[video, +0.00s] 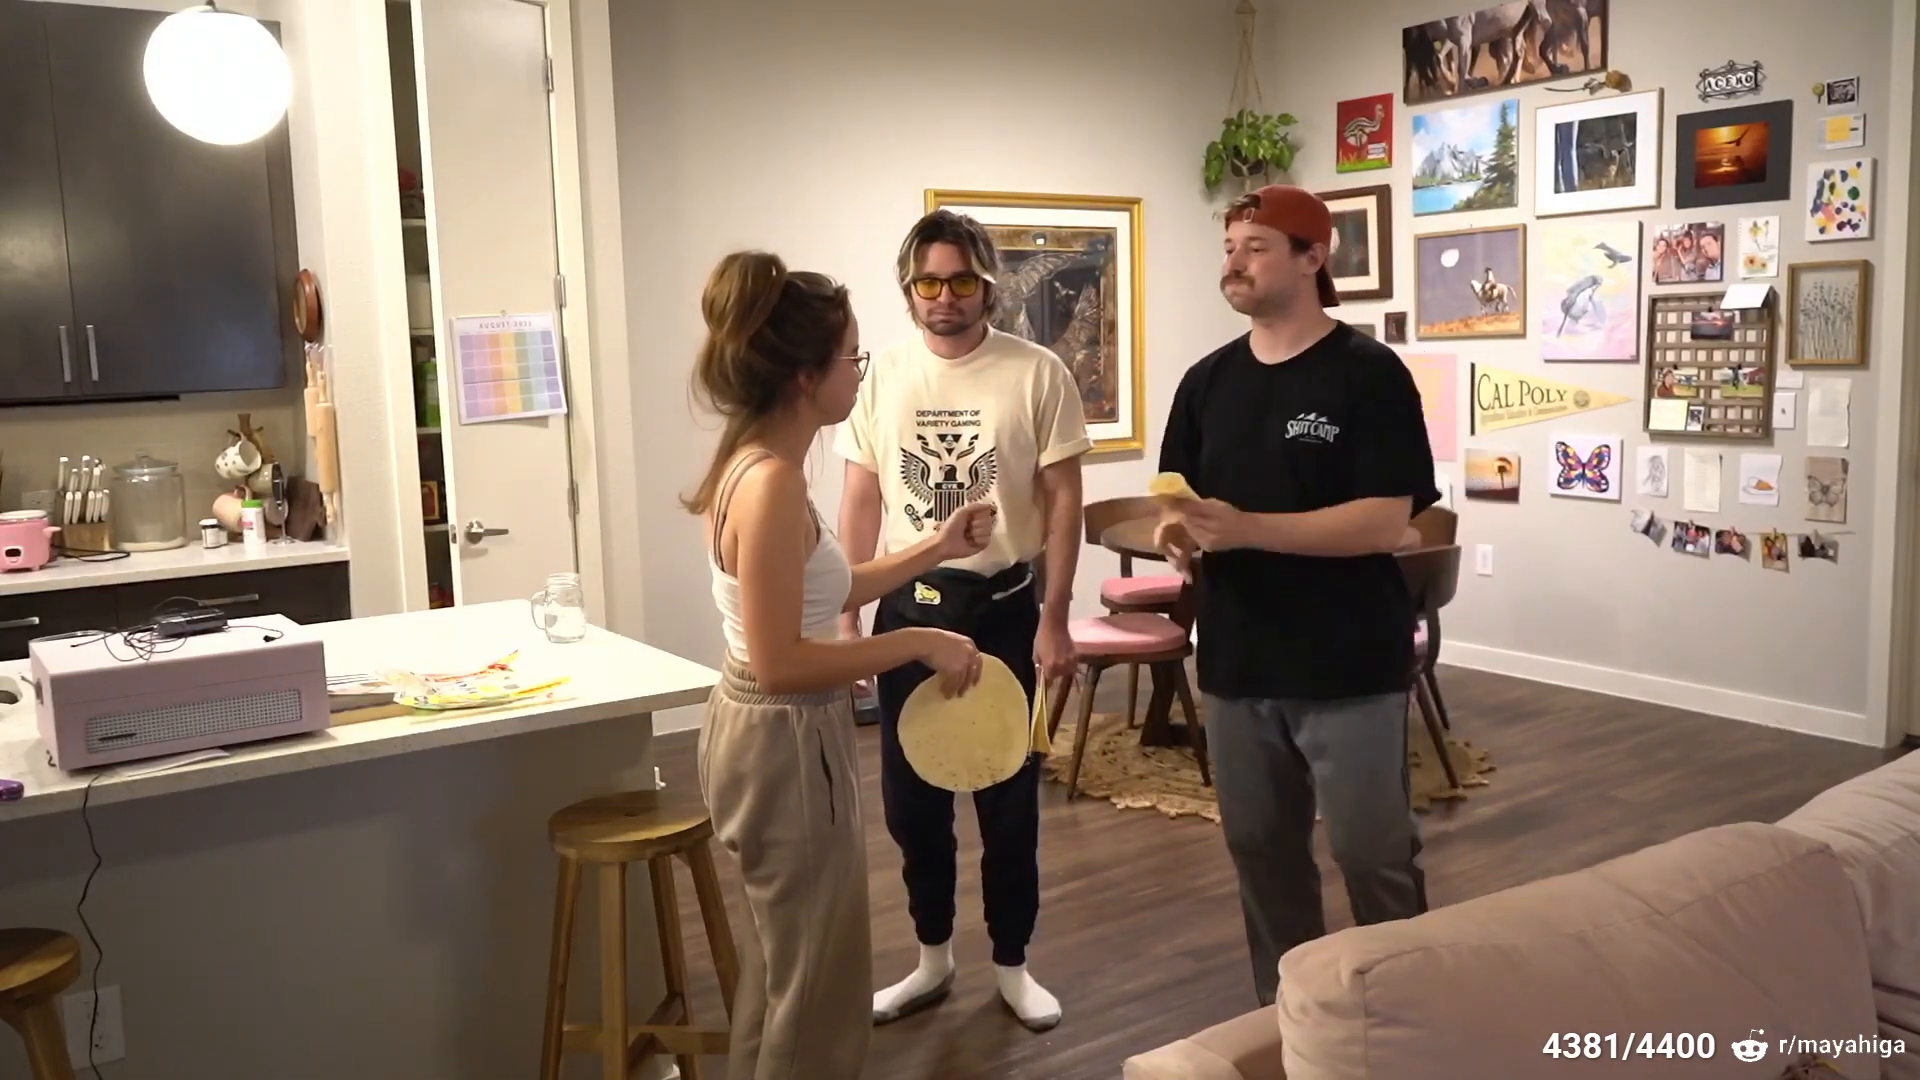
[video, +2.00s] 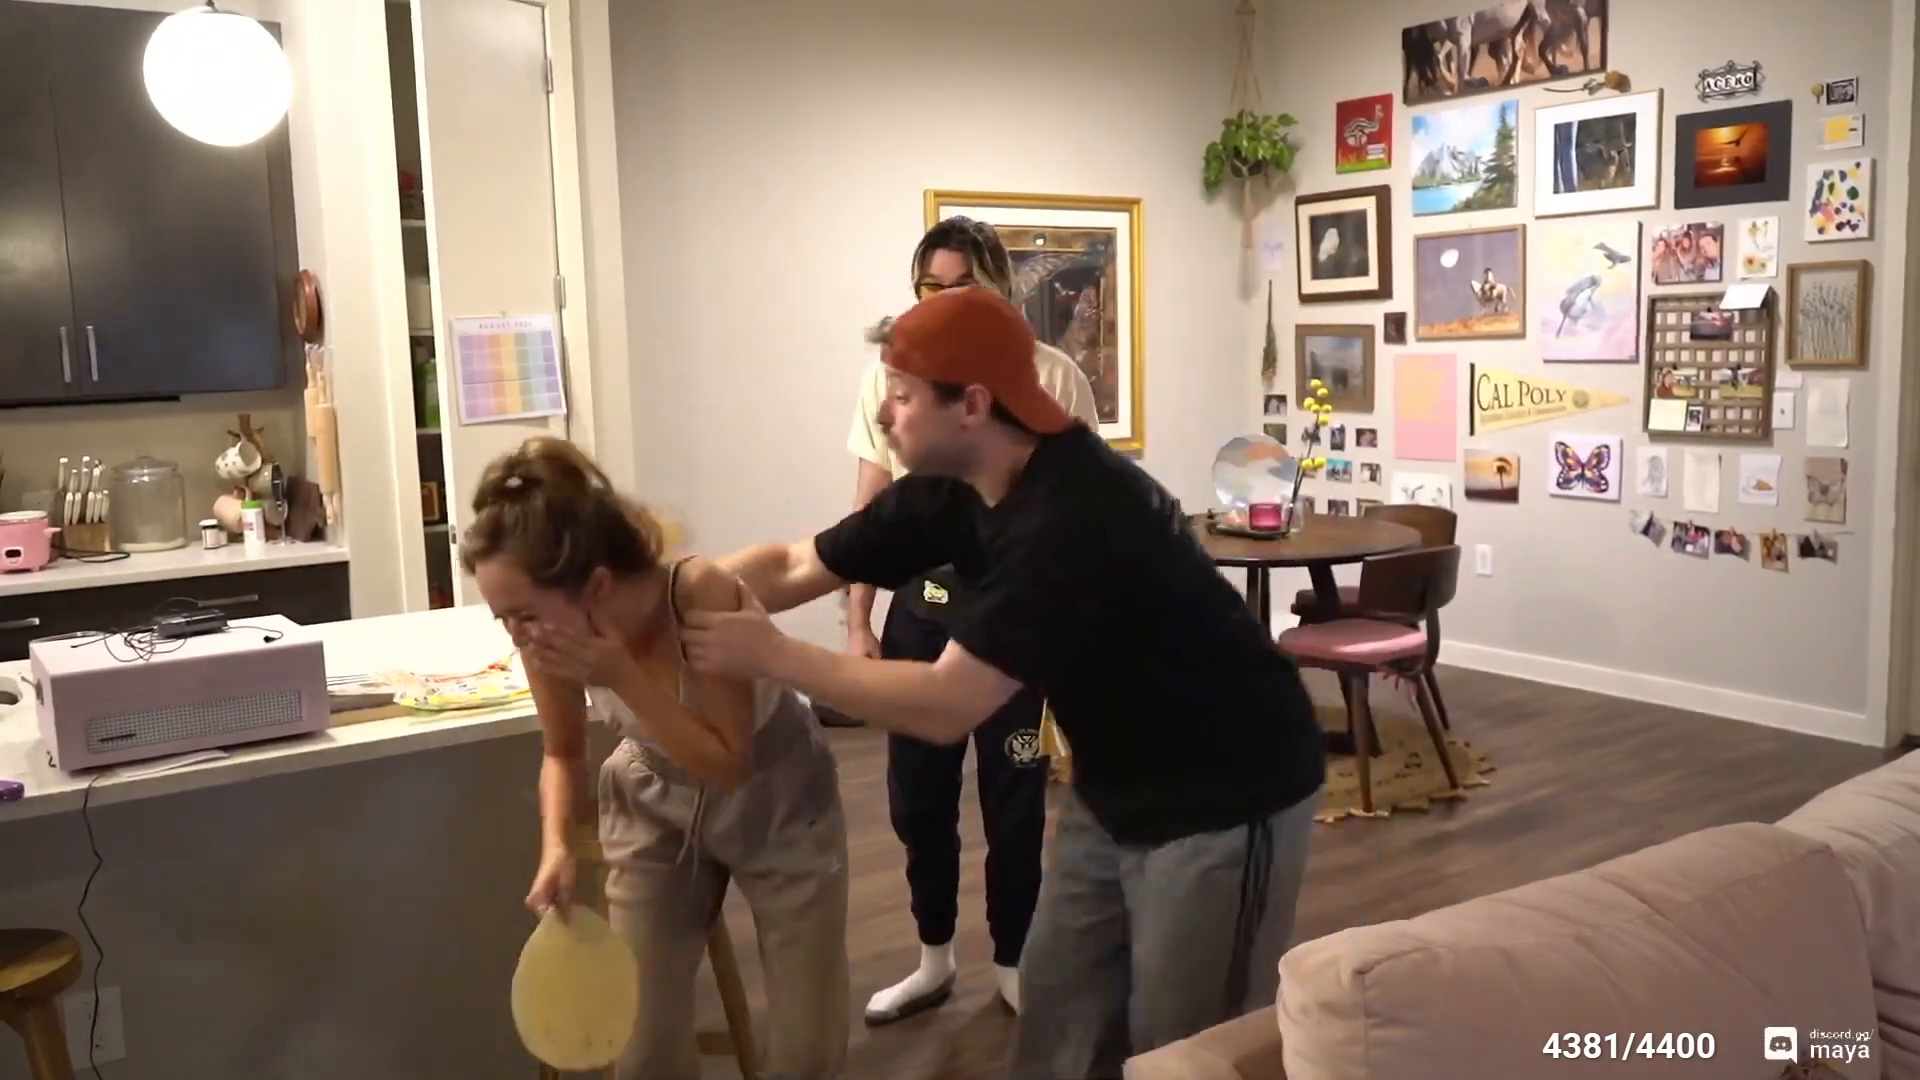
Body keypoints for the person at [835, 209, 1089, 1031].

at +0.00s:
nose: (945, 297)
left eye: (960, 282)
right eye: (929, 283)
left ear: (988, 285)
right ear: (909, 290)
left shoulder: (1036, 371)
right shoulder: (885, 375)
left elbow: (1064, 499)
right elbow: (861, 502)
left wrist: (1054, 616)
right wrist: (855, 617)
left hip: (1006, 606)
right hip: (909, 608)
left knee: (1008, 791)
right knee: (913, 795)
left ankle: (1011, 965)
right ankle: (932, 958)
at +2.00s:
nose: (943, 302)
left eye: (962, 285)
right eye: (932, 285)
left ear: (997, 287)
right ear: (914, 284)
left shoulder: (1048, 374)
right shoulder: (898, 370)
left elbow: (1082, 495)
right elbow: (867, 503)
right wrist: (857, 625)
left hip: (1010, 612)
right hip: (915, 603)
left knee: (1013, 805)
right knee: (920, 805)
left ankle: (1012, 964)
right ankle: (935, 956)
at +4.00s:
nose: (929, 295)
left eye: (946, 281)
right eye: (917, 281)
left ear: (986, 287)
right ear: (904, 290)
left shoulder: (1049, 376)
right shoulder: (889, 380)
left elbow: (1080, 504)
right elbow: (879, 504)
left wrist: (1067, 627)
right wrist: (863, 622)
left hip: (1016, 613)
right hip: (919, 612)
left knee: (1015, 801)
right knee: (919, 802)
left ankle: (1012, 967)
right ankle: (934, 958)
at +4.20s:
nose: (929, 294)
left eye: (947, 280)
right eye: (917, 281)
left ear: (986, 286)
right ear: (905, 291)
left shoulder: (1049, 376)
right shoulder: (890, 380)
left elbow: (1079, 504)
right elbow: (879, 505)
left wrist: (1066, 627)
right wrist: (864, 622)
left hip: (1015, 613)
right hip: (919, 613)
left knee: (1014, 802)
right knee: (919, 803)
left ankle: (1012, 967)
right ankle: (935, 960)